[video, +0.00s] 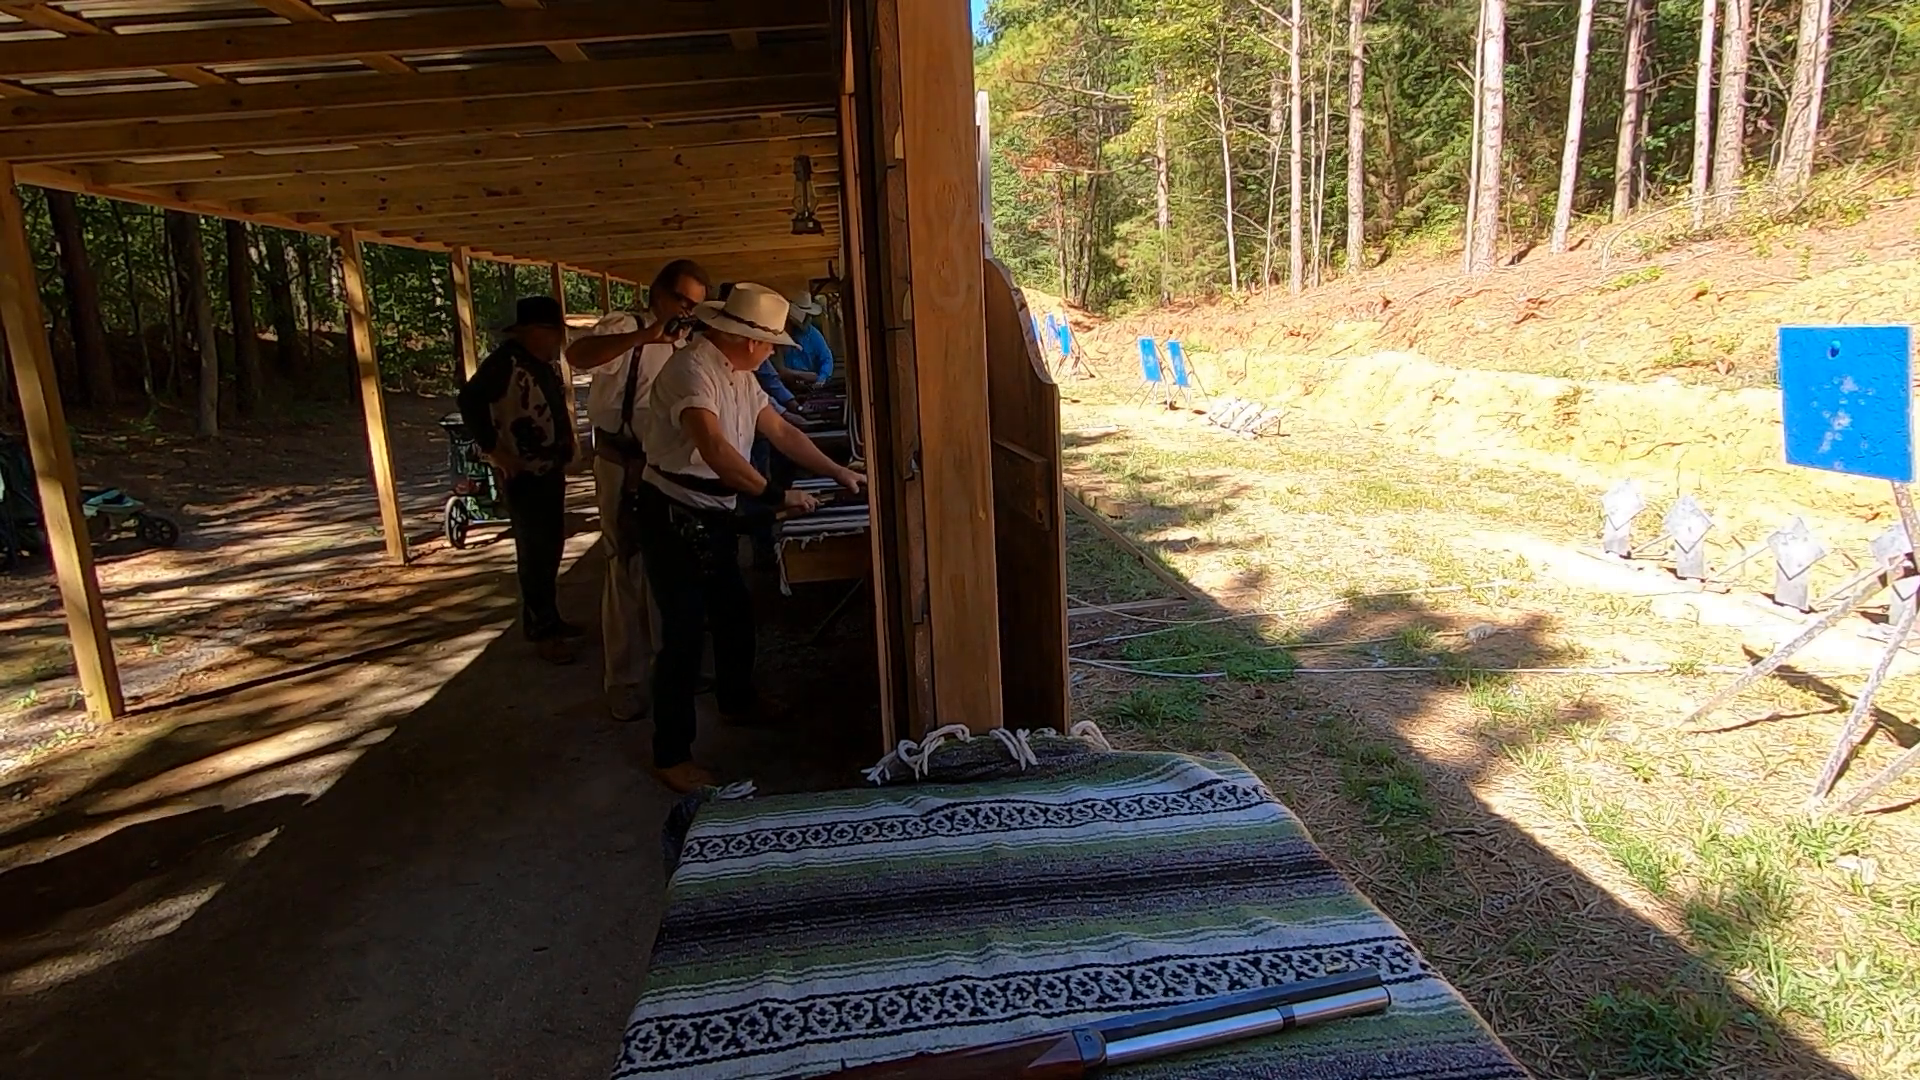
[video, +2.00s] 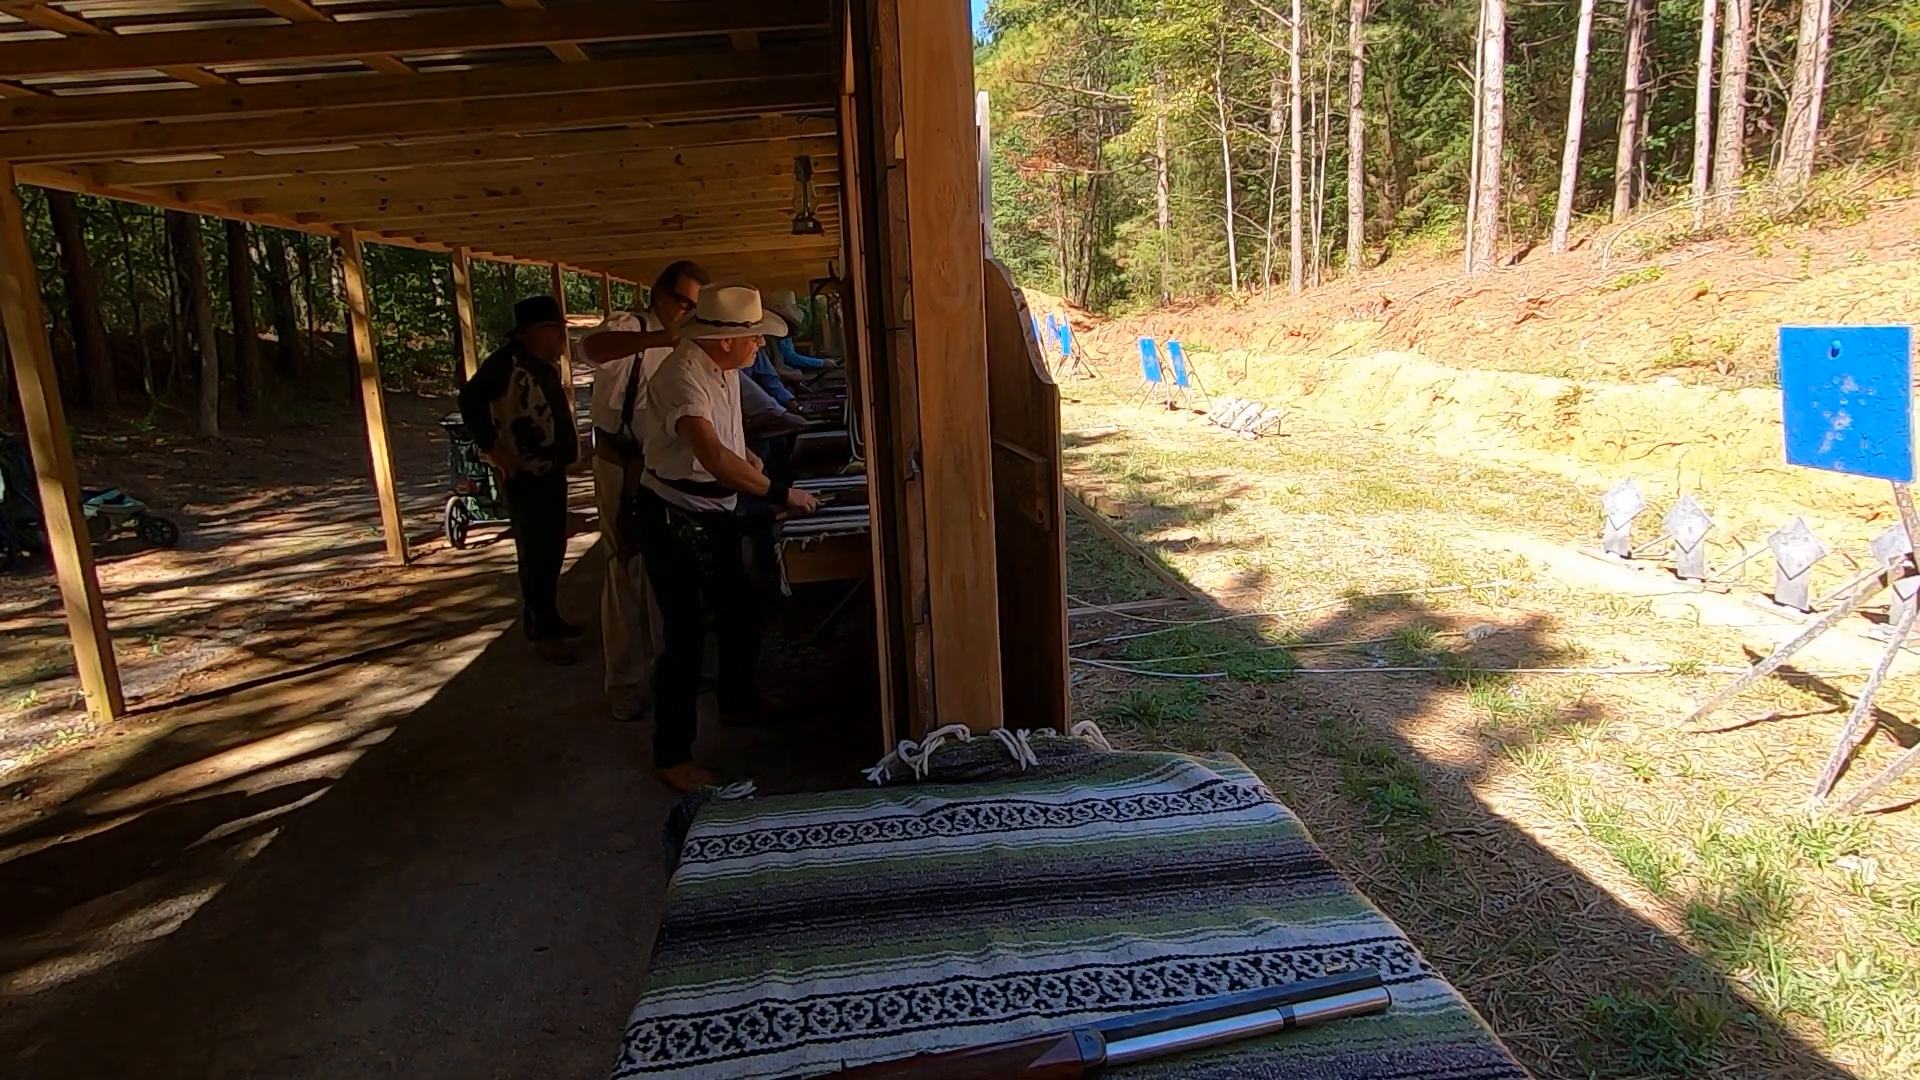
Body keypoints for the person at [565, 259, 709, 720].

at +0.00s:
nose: (685, 311)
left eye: (694, 306)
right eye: (680, 300)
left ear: (700, 309)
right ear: (657, 293)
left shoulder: (693, 346)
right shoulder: (625, 326)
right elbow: (577, 355)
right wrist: (644, 337)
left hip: (673, 464)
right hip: (619, 463)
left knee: (672, 569)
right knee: (625, 572)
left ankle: (676, 670)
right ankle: (623, 682)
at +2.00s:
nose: (687, 312)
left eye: (693, 306)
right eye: (681, 302)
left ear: (695, 309)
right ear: (658, 298)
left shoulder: (694, 352)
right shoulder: (629, 342)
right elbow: (589, 347)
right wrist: (664, 337)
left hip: (672, 464)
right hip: (621, 468)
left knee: (674, 570)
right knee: (627, 575)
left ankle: (675, 672)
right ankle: (624, 685)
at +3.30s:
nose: (690, 314)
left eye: (697, 309)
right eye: (686, 304)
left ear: (698, 310)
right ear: (661, 295)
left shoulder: (690, 345)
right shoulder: (631, 325)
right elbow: (609, 347)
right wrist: (676, 343)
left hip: (668, 463)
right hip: (619, 465)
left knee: (672, 567)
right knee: (626, 572)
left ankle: (673, 670)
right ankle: (623, 683)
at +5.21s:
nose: (683, 314)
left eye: (690, 308)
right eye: (677, 304)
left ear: (692, 310)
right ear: (651, 296)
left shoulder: (683, 344)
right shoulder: (625, 326)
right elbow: (608, 349)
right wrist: (671, 343)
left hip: (664, 459)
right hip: (615, 461)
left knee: (665, 562)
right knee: (620, 568)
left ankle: (670, 664)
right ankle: (616, 682)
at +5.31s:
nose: (675, 312)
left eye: (683, 307)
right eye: (669, 302)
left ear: (687, 308)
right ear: (643, 294)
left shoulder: (678, 341)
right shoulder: (619, 325)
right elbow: (597, 351)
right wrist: (662, 341)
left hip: (660, 459)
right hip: (609, 459)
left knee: (661, 564)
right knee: (612, 567)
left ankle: (668, 665)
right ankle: (600, 679)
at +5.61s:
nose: (636, 312)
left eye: (643, 303)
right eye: (627, 302)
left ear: (649, 303)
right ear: (601, 298)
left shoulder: (653, 344)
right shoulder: (575, 337)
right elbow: (537, 377)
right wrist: (607, 362)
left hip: (644, 473)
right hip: (584, 476)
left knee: (653, 580)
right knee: (569, 581)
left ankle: (670, 675)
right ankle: (545, 694)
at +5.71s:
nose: (615, 311)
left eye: (620, 304)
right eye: (605, 303)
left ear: (624, 304)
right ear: (577, 301)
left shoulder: (627, 351)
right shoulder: (549, 343)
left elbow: (640, 408)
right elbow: (512, 397)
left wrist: (644, 443)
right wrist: (573, 383)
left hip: (623, 475)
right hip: (567, 479)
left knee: (646, 575)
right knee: (559, 582)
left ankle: (666, 669)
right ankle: (544, 694)